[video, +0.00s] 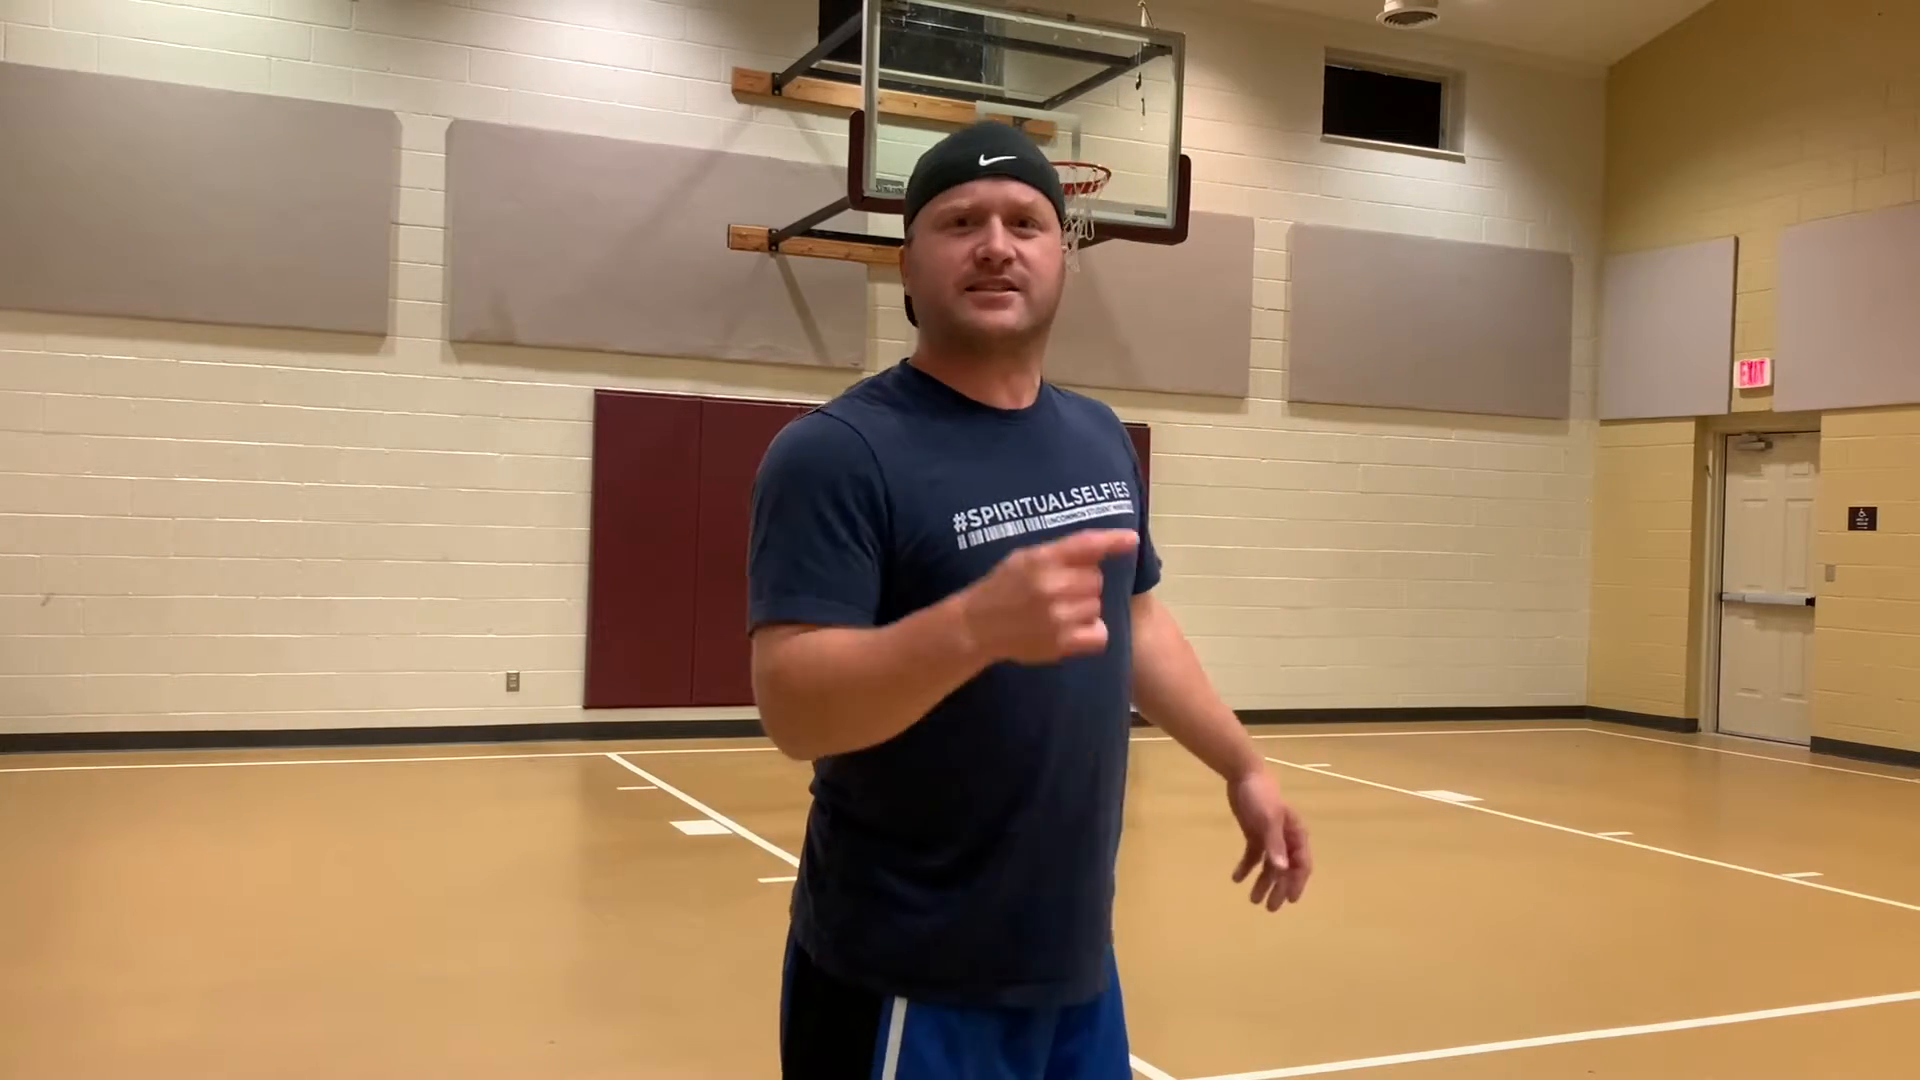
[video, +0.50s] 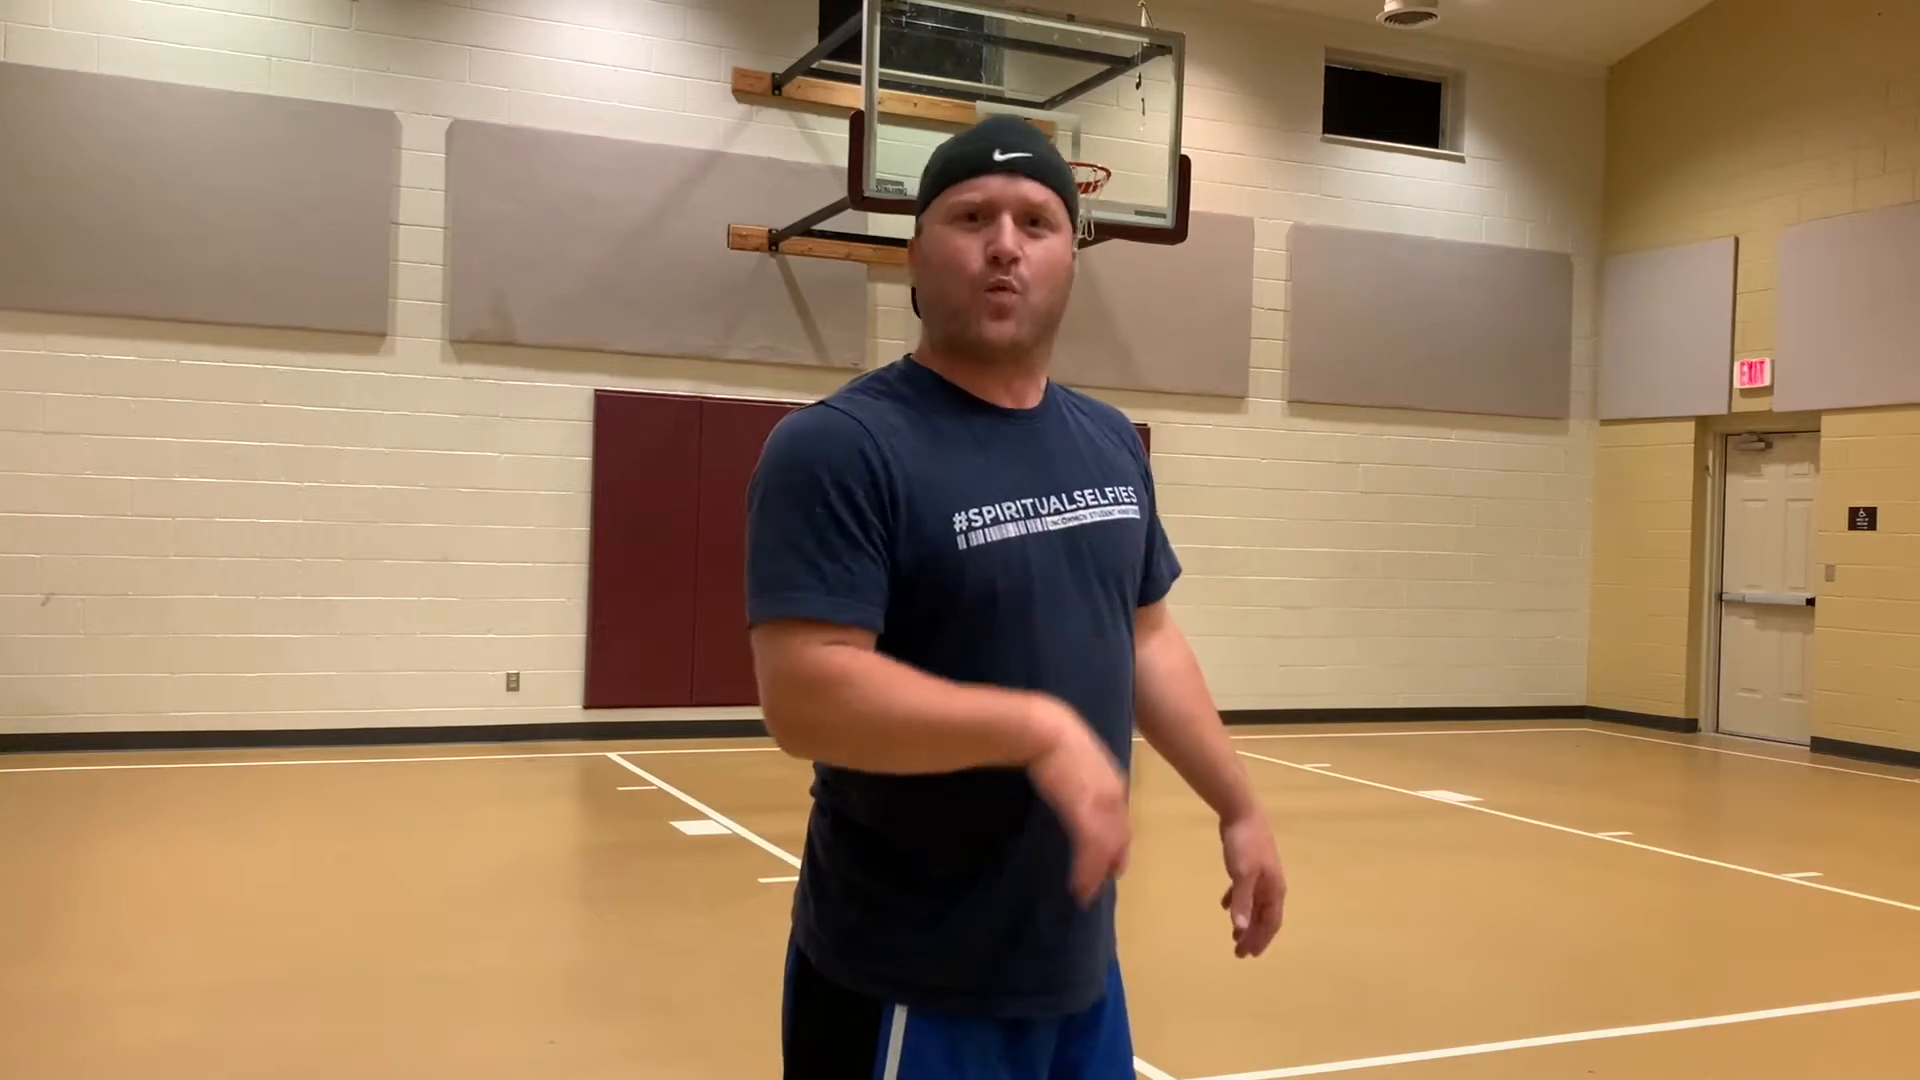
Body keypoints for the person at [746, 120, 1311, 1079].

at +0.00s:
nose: (995, 247)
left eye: (1025, 223)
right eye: (960, 223)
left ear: (1065, 260)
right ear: (907, 263)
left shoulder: (1097, 437)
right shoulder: (835, 455)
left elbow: (1134, 618)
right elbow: (797, 710)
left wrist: (1242, 763)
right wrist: (974, 626)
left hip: (1072, 954)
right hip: (901, 973)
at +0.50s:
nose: (1005, 246)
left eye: (1036, 223)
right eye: (971, 219)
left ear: (1073, 263)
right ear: (914, 257)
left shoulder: (1106, 443)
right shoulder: (837, 448)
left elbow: (1147, 633)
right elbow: (806, 694)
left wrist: (1238, 804)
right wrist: (1039, 730)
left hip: (1076, 960)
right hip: (903, 977)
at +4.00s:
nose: (982, 255)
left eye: (1017, 231)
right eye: (952, 229)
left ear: (1066, 267)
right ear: (906, 260)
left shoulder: (1115, 428)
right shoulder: (833, 417)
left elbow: (1326, 522)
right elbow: (952, 630)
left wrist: (1544, 595)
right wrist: (1097, 472)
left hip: (1053, 952)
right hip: (878, 975)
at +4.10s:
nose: (985, 254)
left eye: (1018, 228)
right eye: (953, 230)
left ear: (1069, 261)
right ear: (908, 263)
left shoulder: (1120, 430)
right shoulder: (838, 418)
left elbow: (1330, 533)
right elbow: (946, 636)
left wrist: (1542, 606)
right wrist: (1100, 482)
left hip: (1057, 951)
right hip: (883, 973)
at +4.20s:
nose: (992, 247)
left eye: (1022, 223)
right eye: (959, 227)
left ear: (1072, 258)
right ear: (912, 266)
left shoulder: (1122, 440)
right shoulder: (839, 426)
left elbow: (1321, 557)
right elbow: (908, 657)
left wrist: (1515, 630)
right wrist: (1096, 511)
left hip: (1059, 951)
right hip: (885, 969)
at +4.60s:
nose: (1018, 239)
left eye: (1053, 221)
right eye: (988, 213)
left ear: (1099, 270)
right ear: (937, 254)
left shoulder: (1151, 456)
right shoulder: (830, 455)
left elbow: (1226, 641)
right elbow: (742, 683)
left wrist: (1364, 800)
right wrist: (845, 859)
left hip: (1080, 976)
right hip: (896, 996)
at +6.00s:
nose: (1016, 246)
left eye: (1050, 227)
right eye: (981, 222)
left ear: (1090, 278)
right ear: (926, 268)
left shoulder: (1126, 458)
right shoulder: (816, 473)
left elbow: (1158, 664)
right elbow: (739, 724)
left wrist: (1207, 850)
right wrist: (754, 986)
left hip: (1066, 981)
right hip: (878, 1008)